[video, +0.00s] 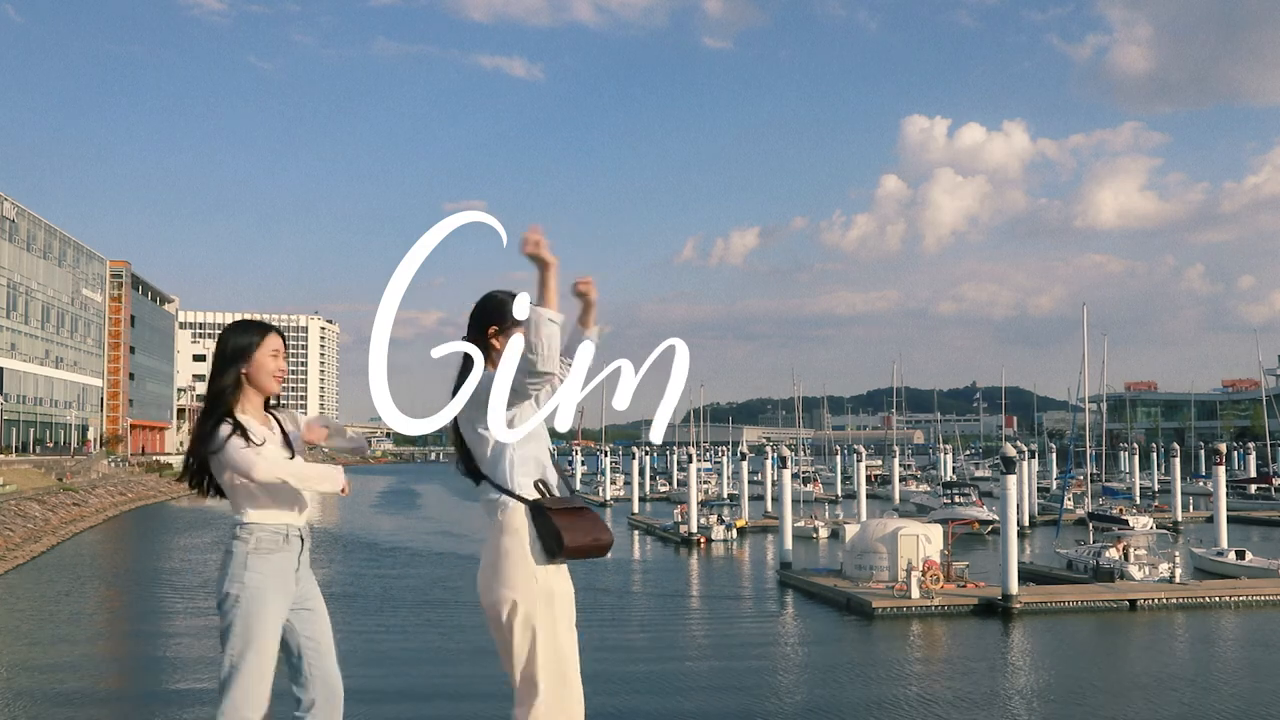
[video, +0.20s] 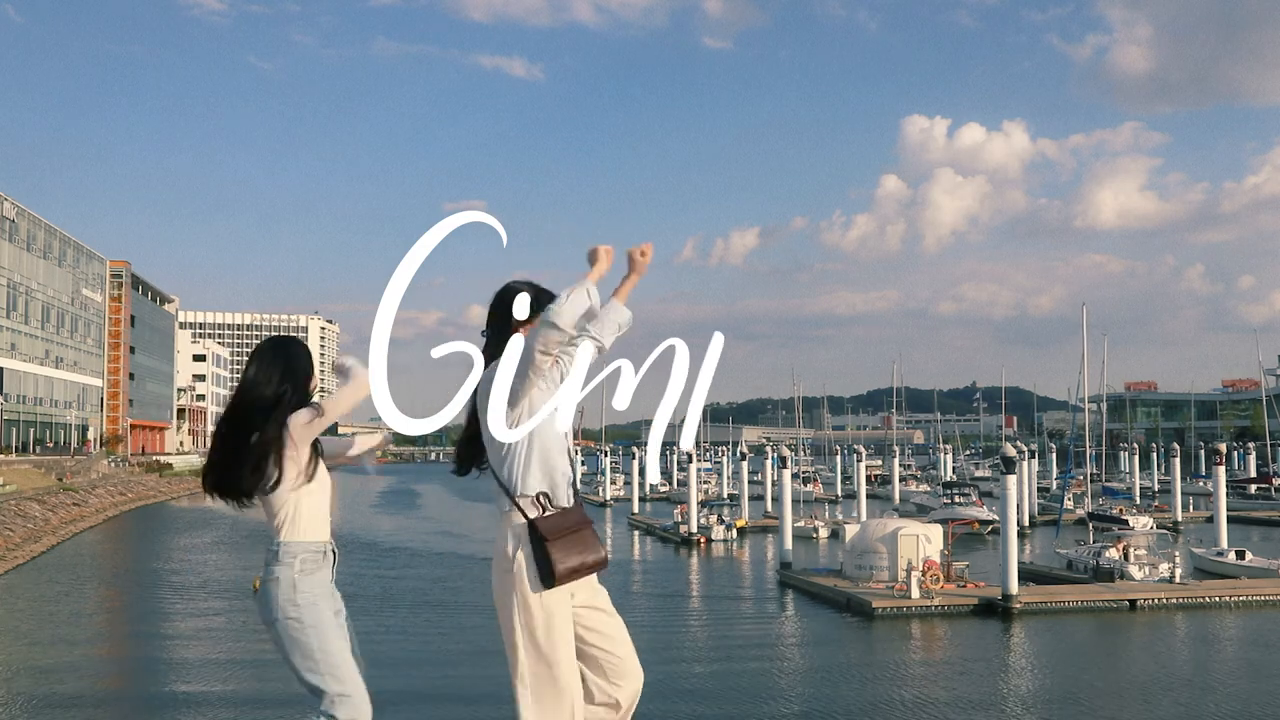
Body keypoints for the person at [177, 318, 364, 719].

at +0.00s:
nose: (283, 366)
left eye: (283, 357)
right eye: (273, 356)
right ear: (243, 364)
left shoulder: (282, 422)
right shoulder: (222, 428)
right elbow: (258, 468)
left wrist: (314, 435)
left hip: (297, 562)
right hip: (257, 562)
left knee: (325, 695)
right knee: (245, 699)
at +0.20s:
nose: (315, 379)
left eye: (312, 371)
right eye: (310, 371)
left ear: (266, 377)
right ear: (298, 377)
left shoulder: (286, 434)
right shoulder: (292, 426)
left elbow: (347, 448)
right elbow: (361, 384)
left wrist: (390, 430)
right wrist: (352, 366)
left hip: (309, 580)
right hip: (299, 583)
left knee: (348, 697)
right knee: (351, 706)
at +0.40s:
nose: (340, 357)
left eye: (338, 351)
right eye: (336, 351)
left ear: (282, 364)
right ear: (325, 363)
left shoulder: (283, 415)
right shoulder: (334, 401)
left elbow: (285, 374)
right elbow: (395, 342)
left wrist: (290, 333)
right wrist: (435, 290)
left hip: (307, 561)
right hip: (337, 563)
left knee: (331, 693)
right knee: (395, 689)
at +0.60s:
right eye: (359, 362)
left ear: (299, 375)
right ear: (357, 370)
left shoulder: (285, 429)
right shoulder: (369, 418)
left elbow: (266, 391)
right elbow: (434, 365)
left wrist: (279, 346)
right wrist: (421, 311)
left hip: (324, 562)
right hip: (375, 553)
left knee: (352, 690)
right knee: (411, 682)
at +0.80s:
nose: (382, 358)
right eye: (374, 349)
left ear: (318, 366)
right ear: (369, 357)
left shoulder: (308, 423)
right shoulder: (383, 401)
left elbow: (277, 396)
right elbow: (441, 355)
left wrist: (297, 348)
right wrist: (467, 312)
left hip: (335, 566)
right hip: (379, 564)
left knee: (337, 696)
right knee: (441, 689)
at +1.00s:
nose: (406, 367)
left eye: (404, 358)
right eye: (396, 361)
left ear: (362, 374)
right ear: (375, 371)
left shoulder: (369, 424)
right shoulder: (389, 420)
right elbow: (453, 382)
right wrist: (432, 321)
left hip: (376, 575)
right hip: (397, 579)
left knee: (366, 708)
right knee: (462, 704)